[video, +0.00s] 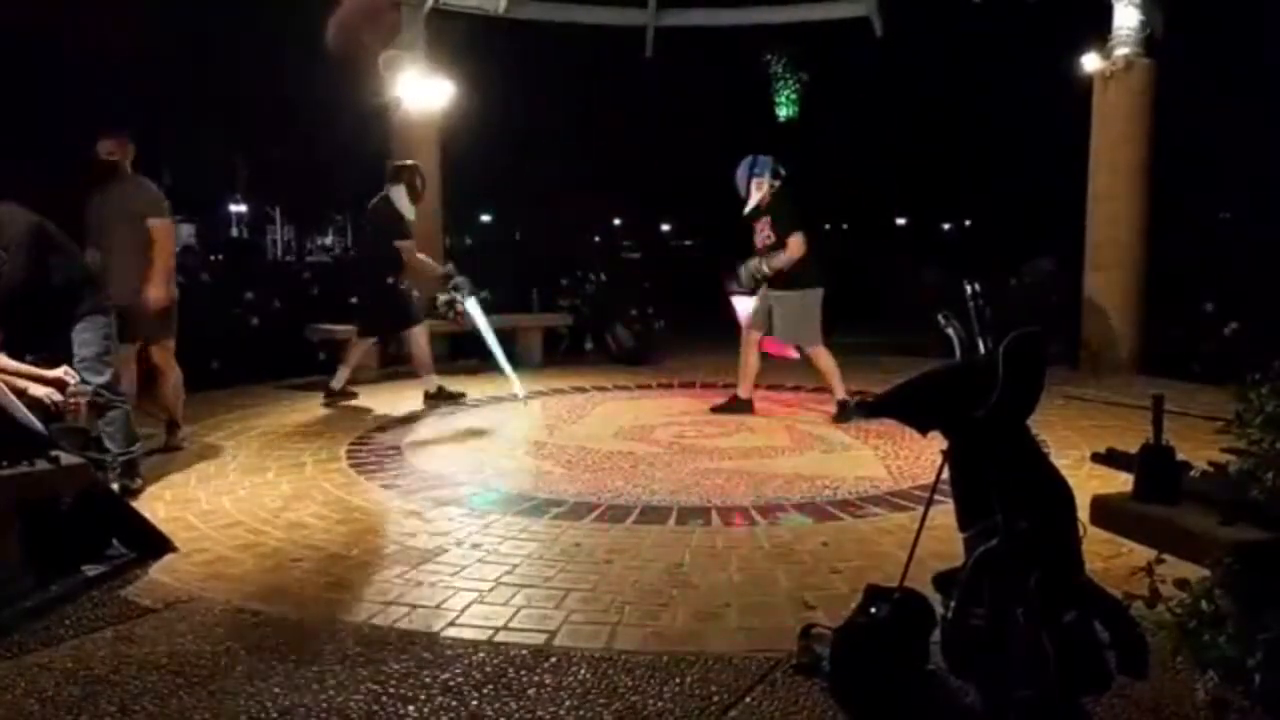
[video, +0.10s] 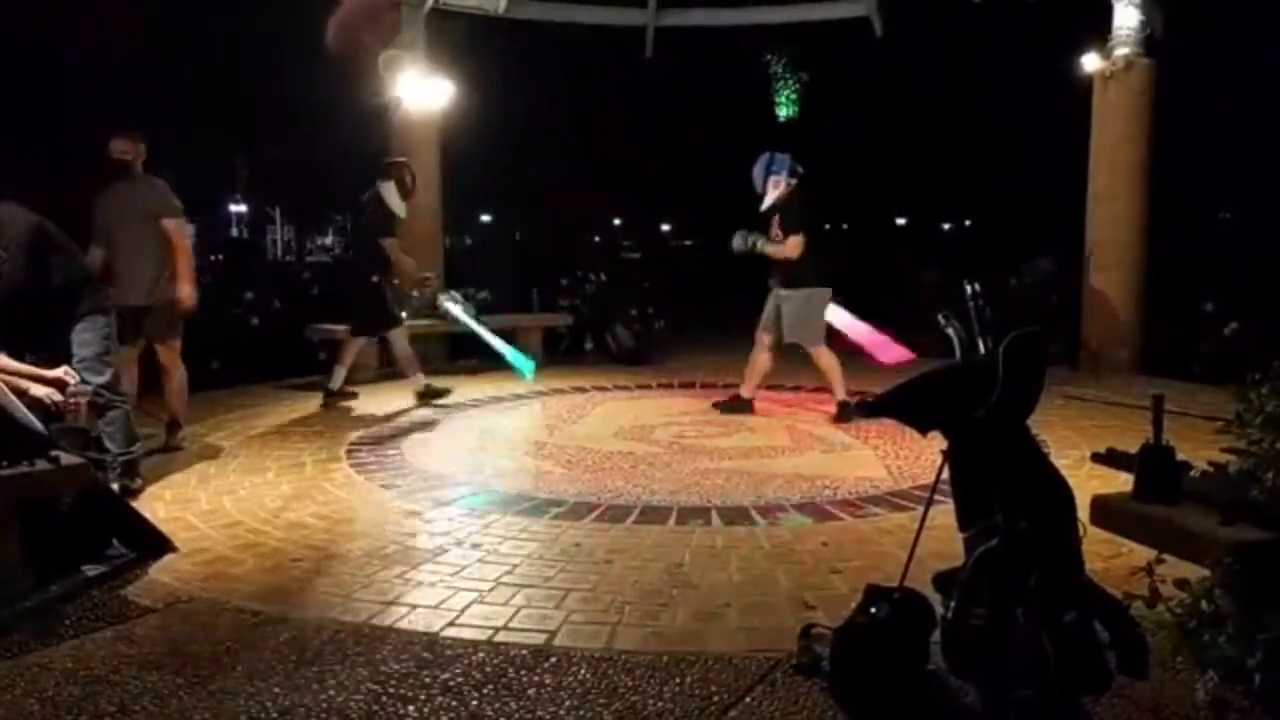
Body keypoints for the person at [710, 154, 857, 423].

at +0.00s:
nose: (753, 189)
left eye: (757, 183)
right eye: (751, 184)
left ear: (768, 182)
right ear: (750, 184)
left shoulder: (785, 206)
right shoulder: (756, 213)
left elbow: (797, 247)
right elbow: (764, 251)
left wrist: (764, 267)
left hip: (802, 288)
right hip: (773, 287)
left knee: (811, 344)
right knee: (751, 335)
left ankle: (842, 399)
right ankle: (743, 397)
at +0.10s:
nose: (768, 187)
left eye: (772, 181)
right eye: (768, 181)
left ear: (781, 181)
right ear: (773, 180)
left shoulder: (795, 206)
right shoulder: (776, 208)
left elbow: (794, 249)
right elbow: (782, 245)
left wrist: (757, 244)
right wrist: (756, 241)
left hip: (806, 288)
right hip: (782, 287)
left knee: (813, 344)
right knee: (764, 340)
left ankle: (843, 400)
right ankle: (745, 397)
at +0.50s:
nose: (800, 174)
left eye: (803, 169)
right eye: (800, 169)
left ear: (815, 167)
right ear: (817, 167)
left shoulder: (825, 194)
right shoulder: (813, 193)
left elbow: (780, 222)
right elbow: (786, 219)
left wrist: (781, 191)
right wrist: (789, 193)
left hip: (829, 278)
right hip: (810, 278)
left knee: (833, 338)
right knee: (801, 334)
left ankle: (845, 398)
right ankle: (821, 393)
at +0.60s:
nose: (807, 170)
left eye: (810, 165)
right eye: (806, 165)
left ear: (821, 164)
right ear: (813, 165)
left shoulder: (826, 191)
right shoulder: (812, 191)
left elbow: (777, 215)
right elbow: (784, 215)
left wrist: (781, 182)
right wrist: (787, 184)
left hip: (830, 277)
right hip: (809, 278)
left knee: (833, 337)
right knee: (807, 334)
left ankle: (845, 398)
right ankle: (822, 393)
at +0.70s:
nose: (814, 170)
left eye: (818, 165)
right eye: (811, 165)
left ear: (827, 166)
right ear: (810, 166)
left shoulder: (829, 193)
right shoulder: (810, 193)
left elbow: (775, 208)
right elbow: (776, 209)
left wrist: (792, 179)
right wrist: (791, 181)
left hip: (830, 275)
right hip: (809, 275)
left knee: (832, 337)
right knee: (811, 336)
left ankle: (845, 398)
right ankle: (822, 394)